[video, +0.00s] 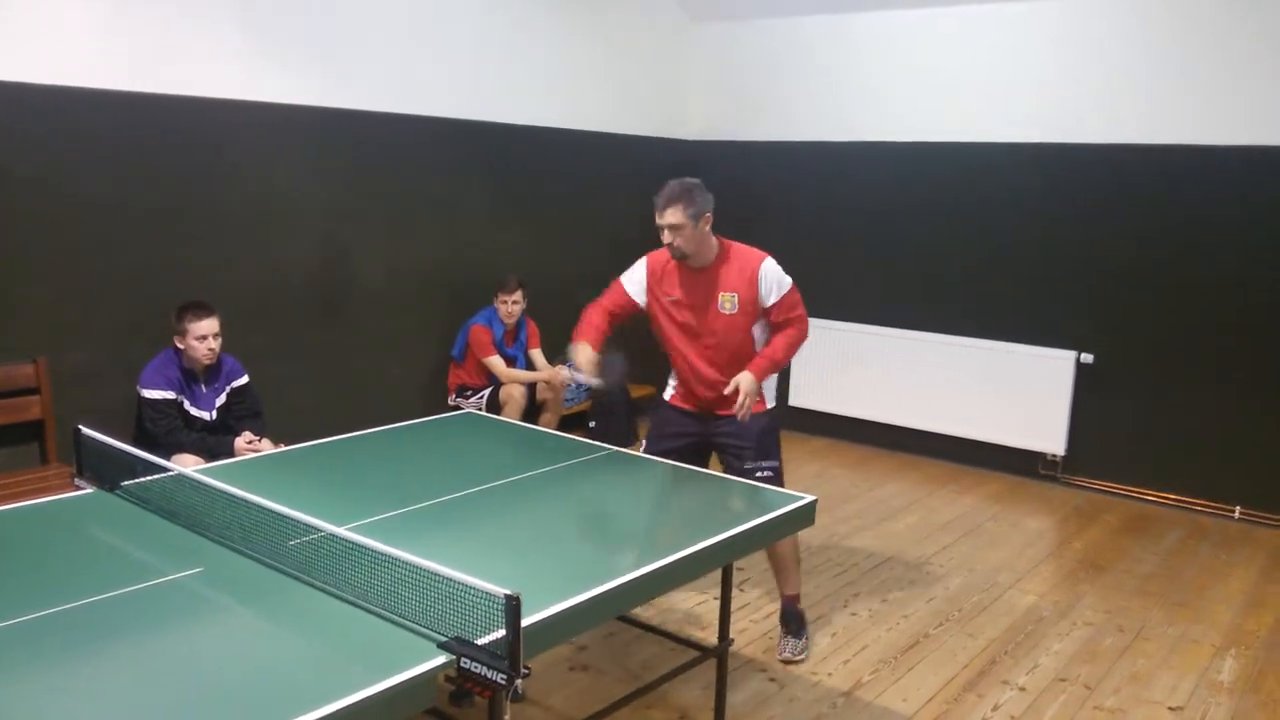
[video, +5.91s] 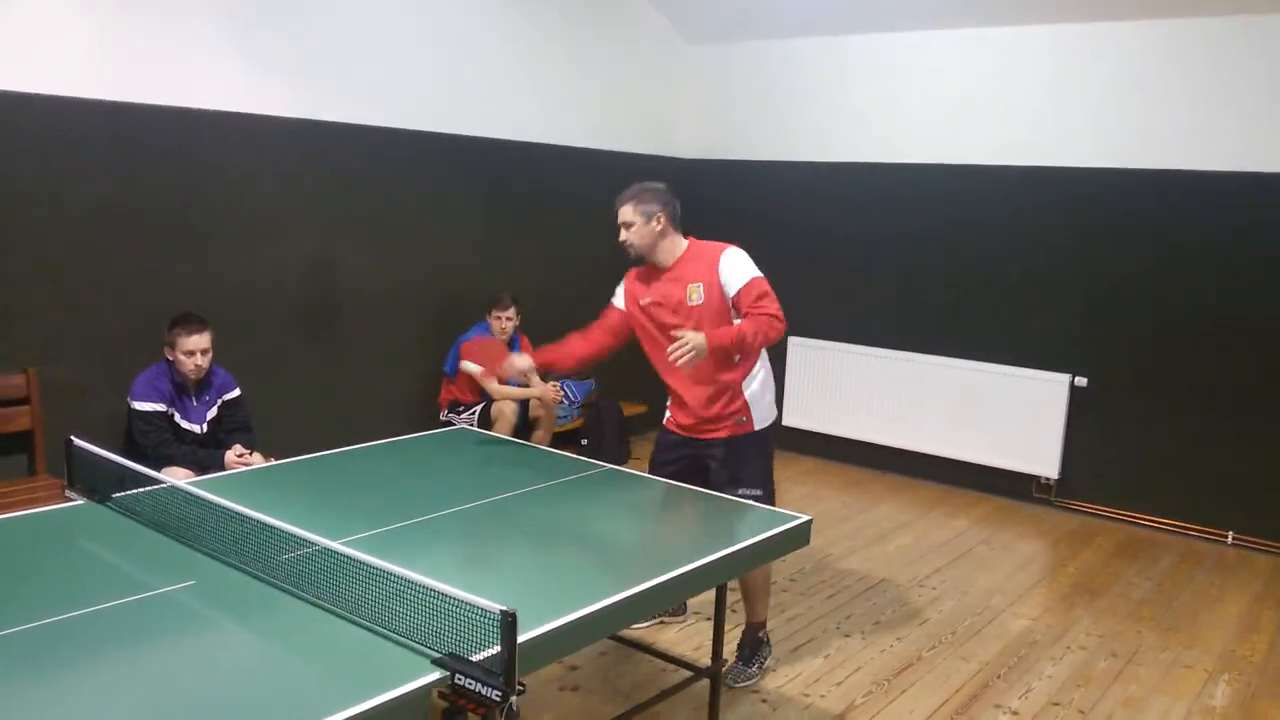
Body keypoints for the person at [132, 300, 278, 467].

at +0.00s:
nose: (212, 346)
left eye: (216, 337)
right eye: (201, 339)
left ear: (221, 337)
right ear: (179, 342)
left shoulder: (230, 368)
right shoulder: (157, 377)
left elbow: (249, 416)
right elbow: (169, 438)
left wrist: (248, 435)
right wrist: (230, 446)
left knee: (265, 448)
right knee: (190, 465)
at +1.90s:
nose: (212, 353)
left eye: (216, 343)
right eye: (202, 346)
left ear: (221, 340)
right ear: (179, 345)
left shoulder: (230, 373)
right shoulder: (154, 380)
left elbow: (245, 420)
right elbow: (168, 441)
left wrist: (246, 438)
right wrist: (227, 450)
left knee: (264, 452)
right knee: (189, 468)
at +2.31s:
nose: (214, 354)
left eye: (217, 345)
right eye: (204, 347)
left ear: (222, 342)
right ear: (180, 348)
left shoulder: (230, 374)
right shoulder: (155, 382)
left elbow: (246, 422)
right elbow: (168, 443)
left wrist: (246, 440)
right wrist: (227, 452)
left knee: (263, 453)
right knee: (189, 470)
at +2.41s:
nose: (188, 361)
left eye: (197, 352)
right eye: (180, 352)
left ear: (212, 352)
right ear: (170, 351)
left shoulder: (225, 381)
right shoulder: (150, 388)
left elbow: (241, 428)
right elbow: (163, 450)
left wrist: (241, 448)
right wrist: (223, 459)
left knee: (260, 461)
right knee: (184, 477)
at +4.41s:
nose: (205, 361)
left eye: (212, 351)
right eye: (196, 352)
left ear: (222, 348)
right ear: (179, 350)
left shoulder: (234, 379)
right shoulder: (159, 384)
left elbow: (249, 426)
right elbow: (170, 447)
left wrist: (250, 444)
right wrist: (232, 456)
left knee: (269, 458)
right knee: (193, 473)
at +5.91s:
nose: (199, 363)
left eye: (205, 353)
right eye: (189, 354)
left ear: (212, 350)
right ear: (169, 353)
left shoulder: (223, 382)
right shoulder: (148, 388)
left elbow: (239, 431)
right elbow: (159, 450)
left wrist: (239, 449)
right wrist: (221, 460)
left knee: (256, 461)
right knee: (181, 477)